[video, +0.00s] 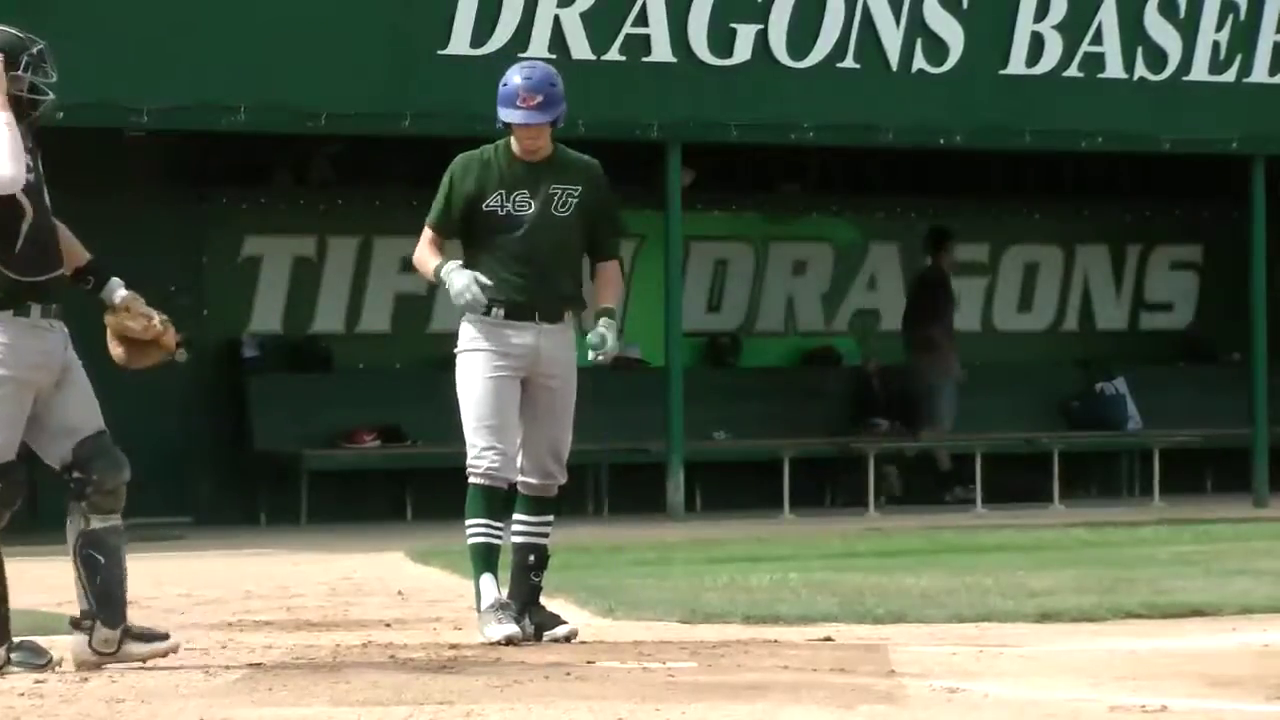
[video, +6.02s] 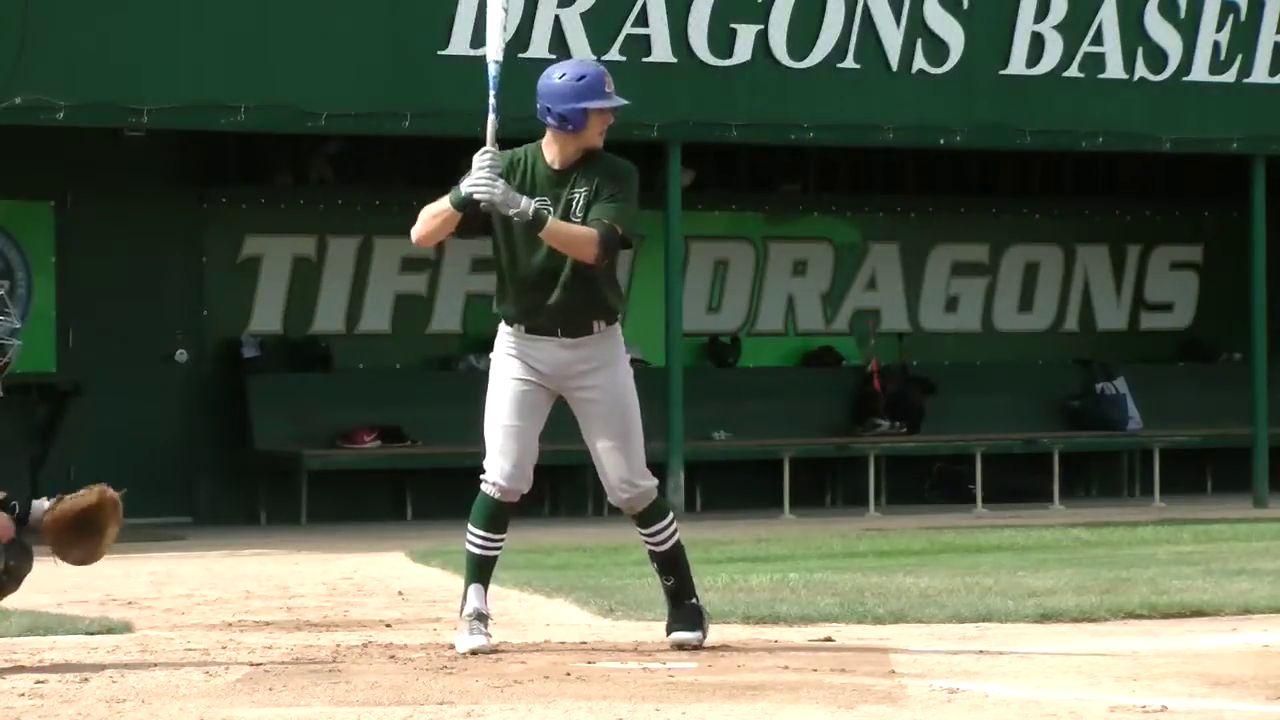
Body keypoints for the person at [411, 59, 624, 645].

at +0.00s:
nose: (529, 132)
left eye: (539, 121)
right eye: (519, 122)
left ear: (558, 116)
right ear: (503, 116)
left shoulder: (588, 178)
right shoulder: (469, 171)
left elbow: (607, 260)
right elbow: (425, 247)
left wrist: (606, 319)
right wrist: (449, 272)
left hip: (558, 339)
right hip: (488, 336)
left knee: (543, 472)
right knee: (490, 463)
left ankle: (526, 604)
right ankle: (489, 603)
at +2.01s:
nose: (650, 139)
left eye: (648, 130)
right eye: (638, 133)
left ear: (645, 131)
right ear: (605, 139)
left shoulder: (670, 187)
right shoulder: (565, 204)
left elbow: (670, 285)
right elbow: (583, 310)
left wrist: (648, 361)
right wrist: (621, 377)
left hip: (640, 341)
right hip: (568, 342)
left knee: (667, 474)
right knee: (524, 471)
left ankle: (689, 615)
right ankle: (478, 609)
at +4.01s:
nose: (650, 105)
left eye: (648, 96)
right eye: (641, 96)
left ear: (620, 106)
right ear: (609, 105)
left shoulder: (661, 178)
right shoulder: (556, 173)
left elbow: (699, 267)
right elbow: (558, 245)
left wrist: (744, 270)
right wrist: (605, 201)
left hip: (632, 348)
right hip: (556, 345)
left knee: (665, 480)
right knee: (520, 481)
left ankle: (688, 619)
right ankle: (476, 608)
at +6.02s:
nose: (608, 121)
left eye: (608, 112)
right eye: (599, 113)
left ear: (588, 114)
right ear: (565, 116)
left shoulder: (613, 174)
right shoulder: (503, 167)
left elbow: (598, 247)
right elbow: (423, 233)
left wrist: (520, 209)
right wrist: (469, 190)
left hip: (597, 350)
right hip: (520, 349)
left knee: (629, 484)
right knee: (503, 478)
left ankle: (683, 601)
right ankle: (473, 611)